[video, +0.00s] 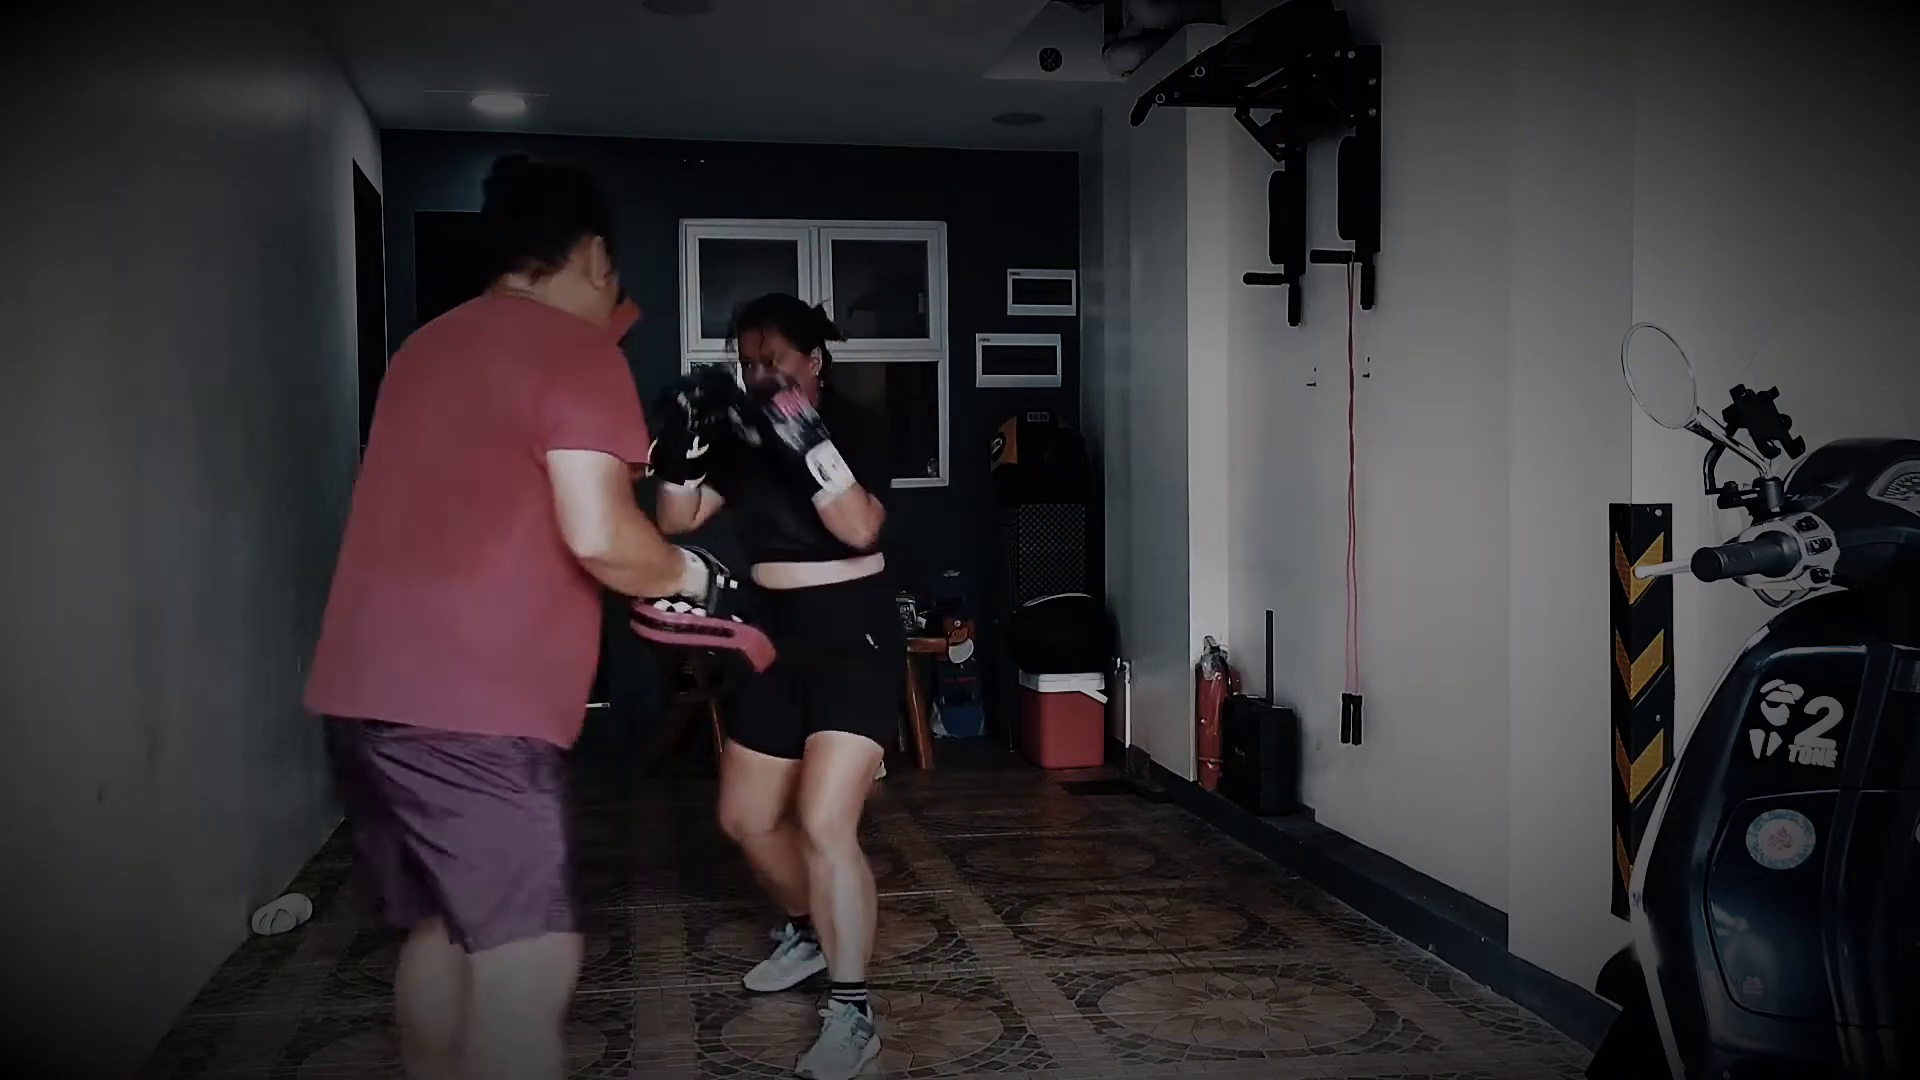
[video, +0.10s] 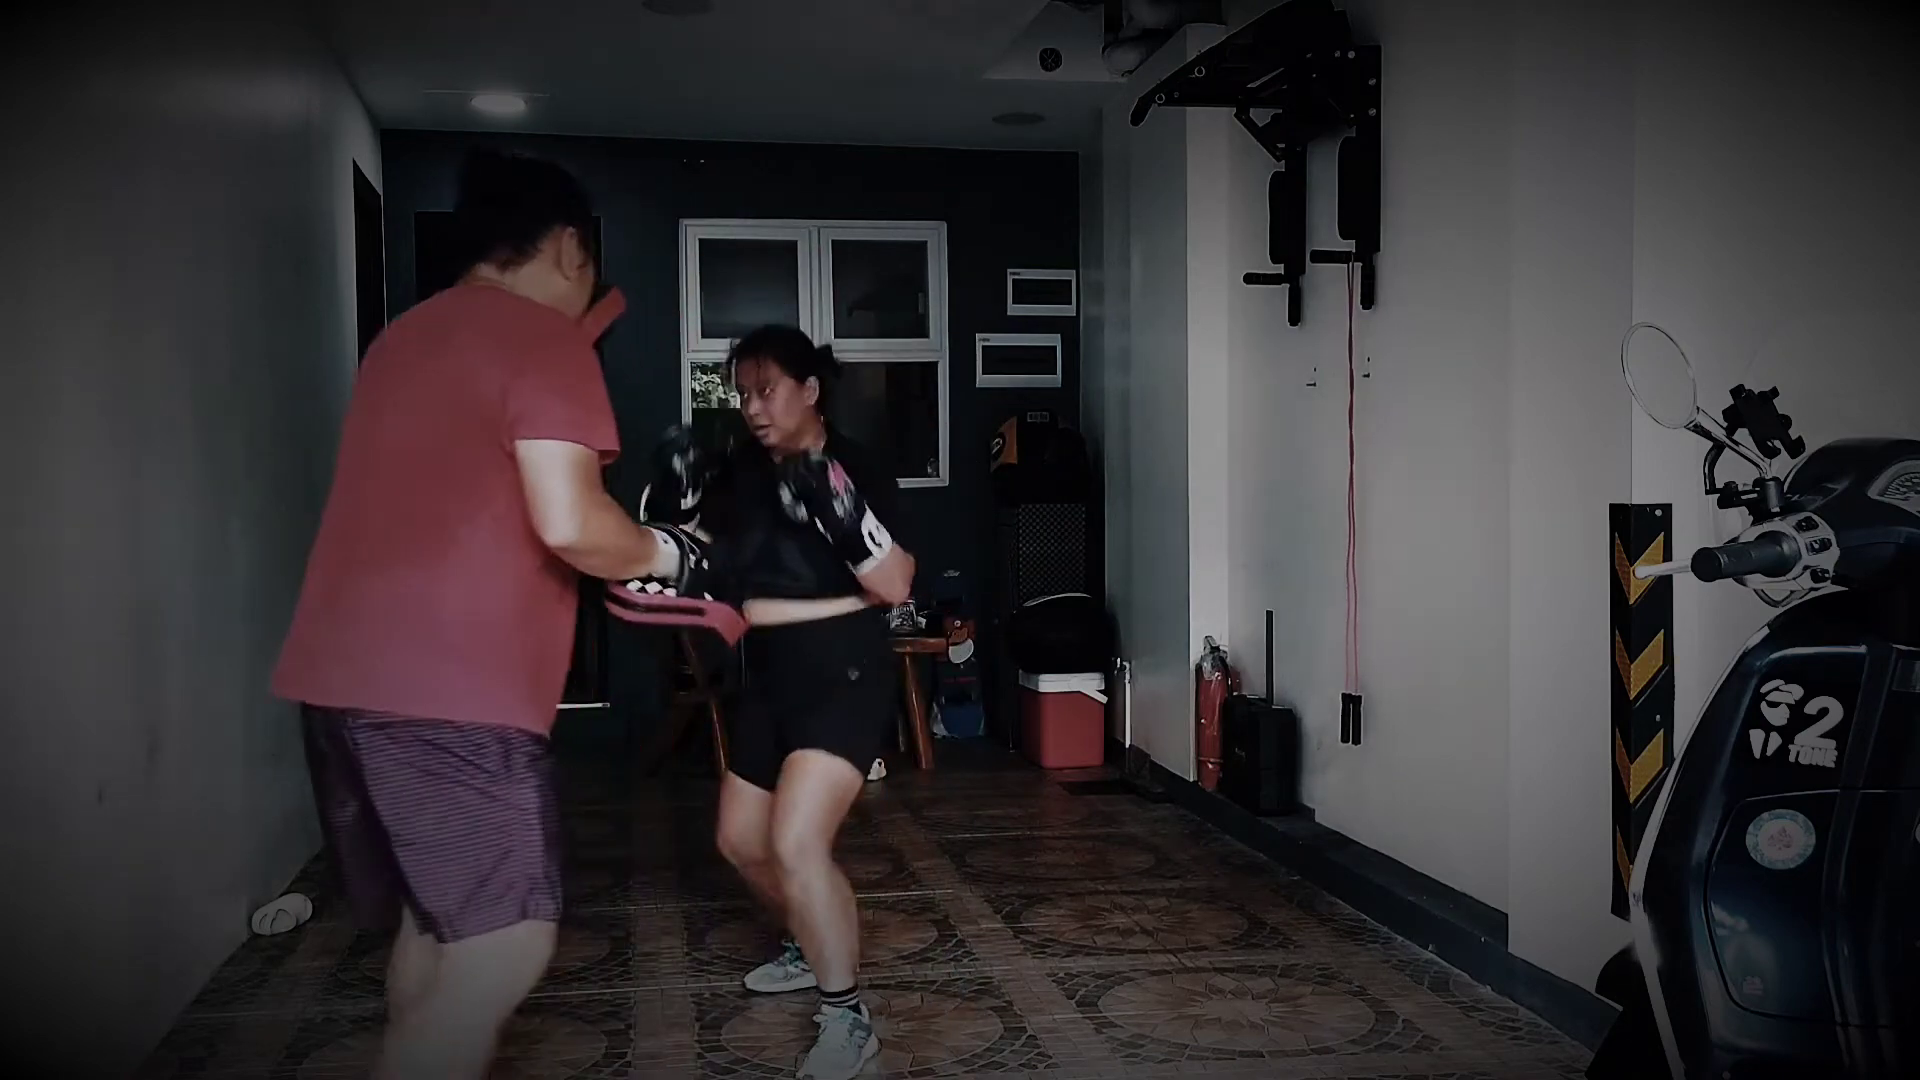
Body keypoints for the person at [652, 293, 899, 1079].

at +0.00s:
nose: (761, 375)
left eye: (773, 360)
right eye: (749, 364)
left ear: (814, 358)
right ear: (741, 368)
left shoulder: (851, 423)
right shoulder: (737, 430)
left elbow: (861, 528)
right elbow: (677, 521)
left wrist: (809, 437)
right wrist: (686, 444)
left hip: (856, 636)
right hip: (769, 636)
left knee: (826, 820)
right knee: (747, 818)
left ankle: (851, 1008)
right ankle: (816, 929)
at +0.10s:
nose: (752, 406)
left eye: (765, 389)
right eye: (744, 393)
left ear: (811, 391)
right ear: (740, 401)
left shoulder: (850, 473)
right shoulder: (737, 478)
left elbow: (895, 585)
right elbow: (693, 569)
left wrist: (838, 511)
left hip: (846, 675)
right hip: (762, 676)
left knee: (800, 840)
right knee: (741, 840)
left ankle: (846, 1010)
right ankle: (813, 948)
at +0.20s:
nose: (740, 405)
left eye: (754, 389)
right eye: (731, 393)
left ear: (801, 387)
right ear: (729, 399)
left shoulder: (842, 461)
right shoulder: (742, 471)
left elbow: (872, 575)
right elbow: (735, 576)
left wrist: (805, 500)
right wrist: (697, 523)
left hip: (836, 661)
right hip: (771, 661)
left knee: (759, 844)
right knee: (759, 832)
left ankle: (848, 1003)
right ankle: (813, 955)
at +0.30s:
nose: (728, 387)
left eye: (738, 371)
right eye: (724, 374)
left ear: (786, 363)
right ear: (781, 371)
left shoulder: (804, 423)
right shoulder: (799, 432)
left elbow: (720, 448)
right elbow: (770, 565)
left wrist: (638, 382)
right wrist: (702, 531)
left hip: (832, 644)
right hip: (822, 640)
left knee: (740, 843)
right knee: (786, 812)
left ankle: (855, 1000)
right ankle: (812, 954)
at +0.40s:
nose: (726, 379)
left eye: (733, 365)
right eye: (725, 367)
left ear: (782, 358)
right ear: (793, 361)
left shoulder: (771, 408)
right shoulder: (828, 413)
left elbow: (651, 396)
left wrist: (582, 347)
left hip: (825, 638)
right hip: (870, 630)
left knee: (778, 856)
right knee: (822, 817)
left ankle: (873, 1030)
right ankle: (832, 960)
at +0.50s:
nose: (739, 378)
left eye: (745, 361)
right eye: (735, 364)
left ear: (795, 350)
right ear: (803, 352)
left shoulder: (797, 414)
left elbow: (682, 469)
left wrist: (609, 399)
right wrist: (636, 418)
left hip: (831, 635)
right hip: (880, 627)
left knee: (796, 852)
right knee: (846, 811)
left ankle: (875, 1035)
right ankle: (881, 952)